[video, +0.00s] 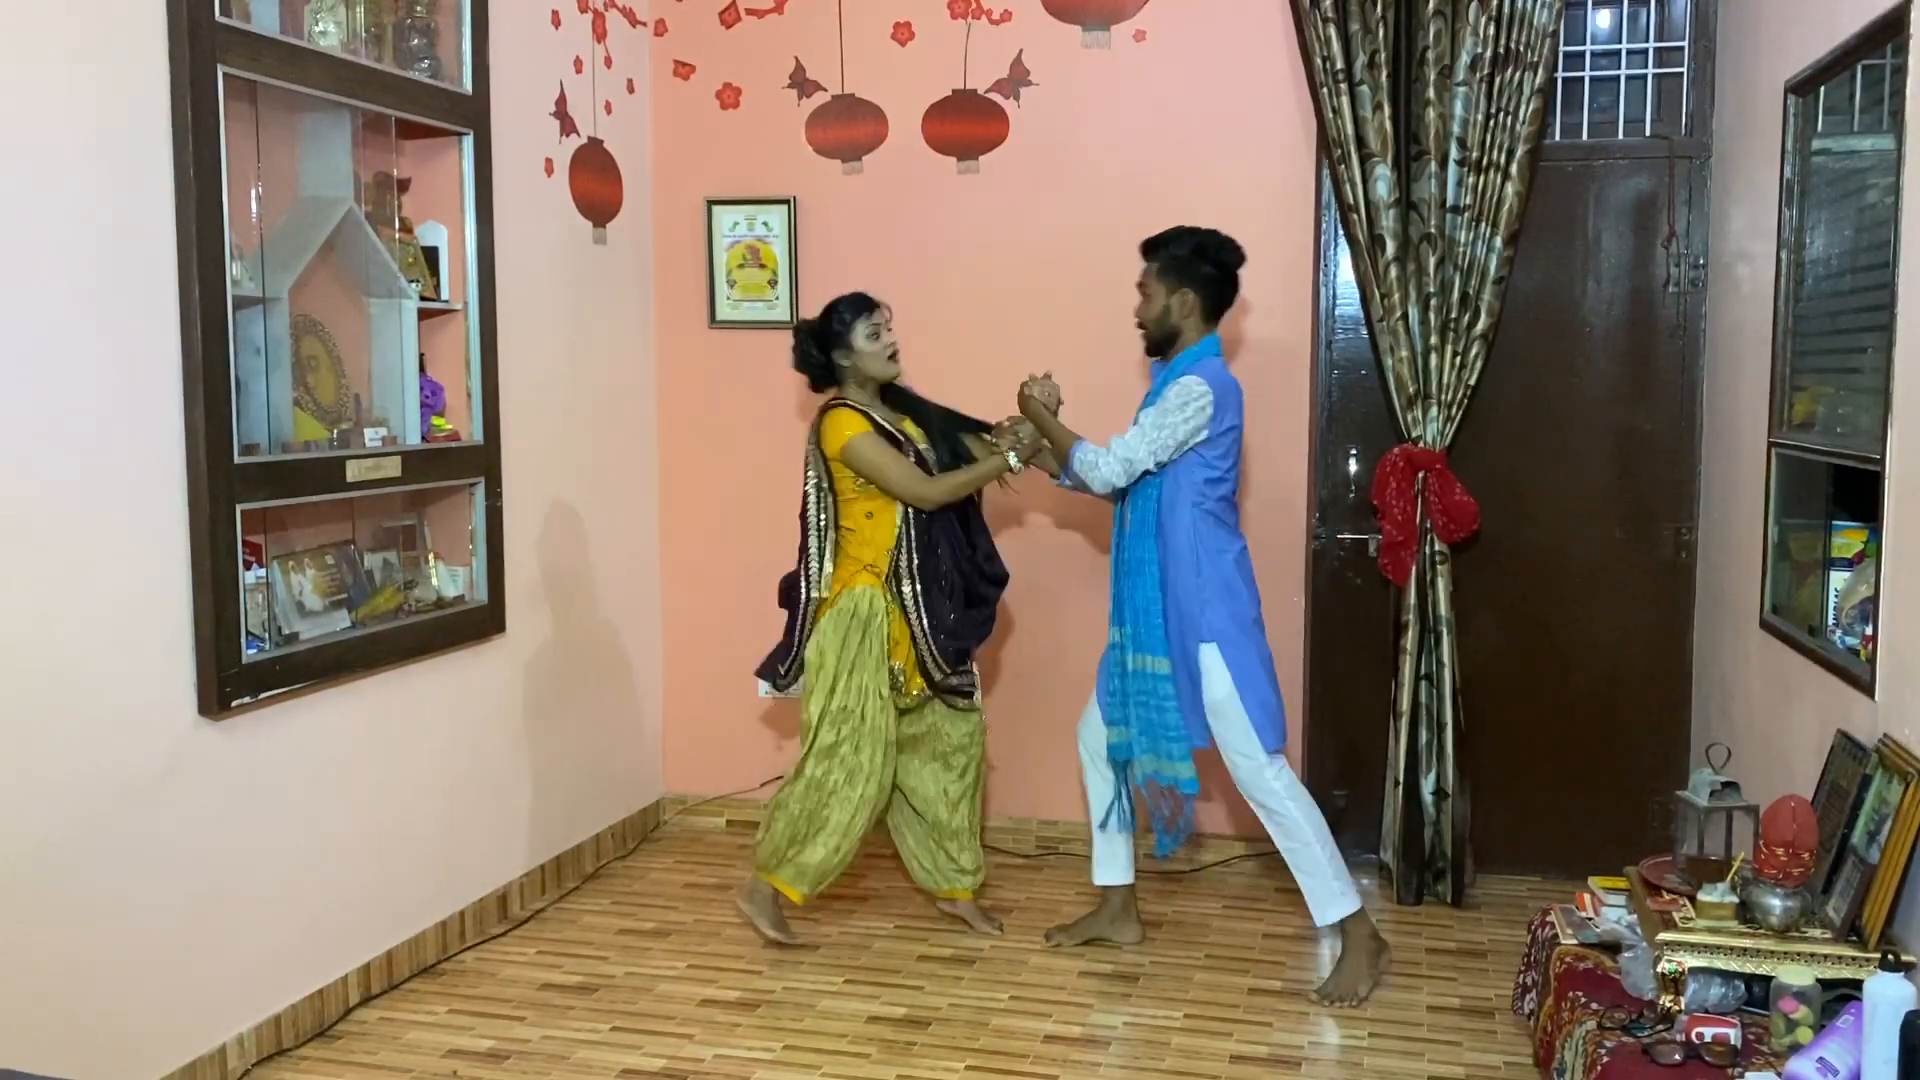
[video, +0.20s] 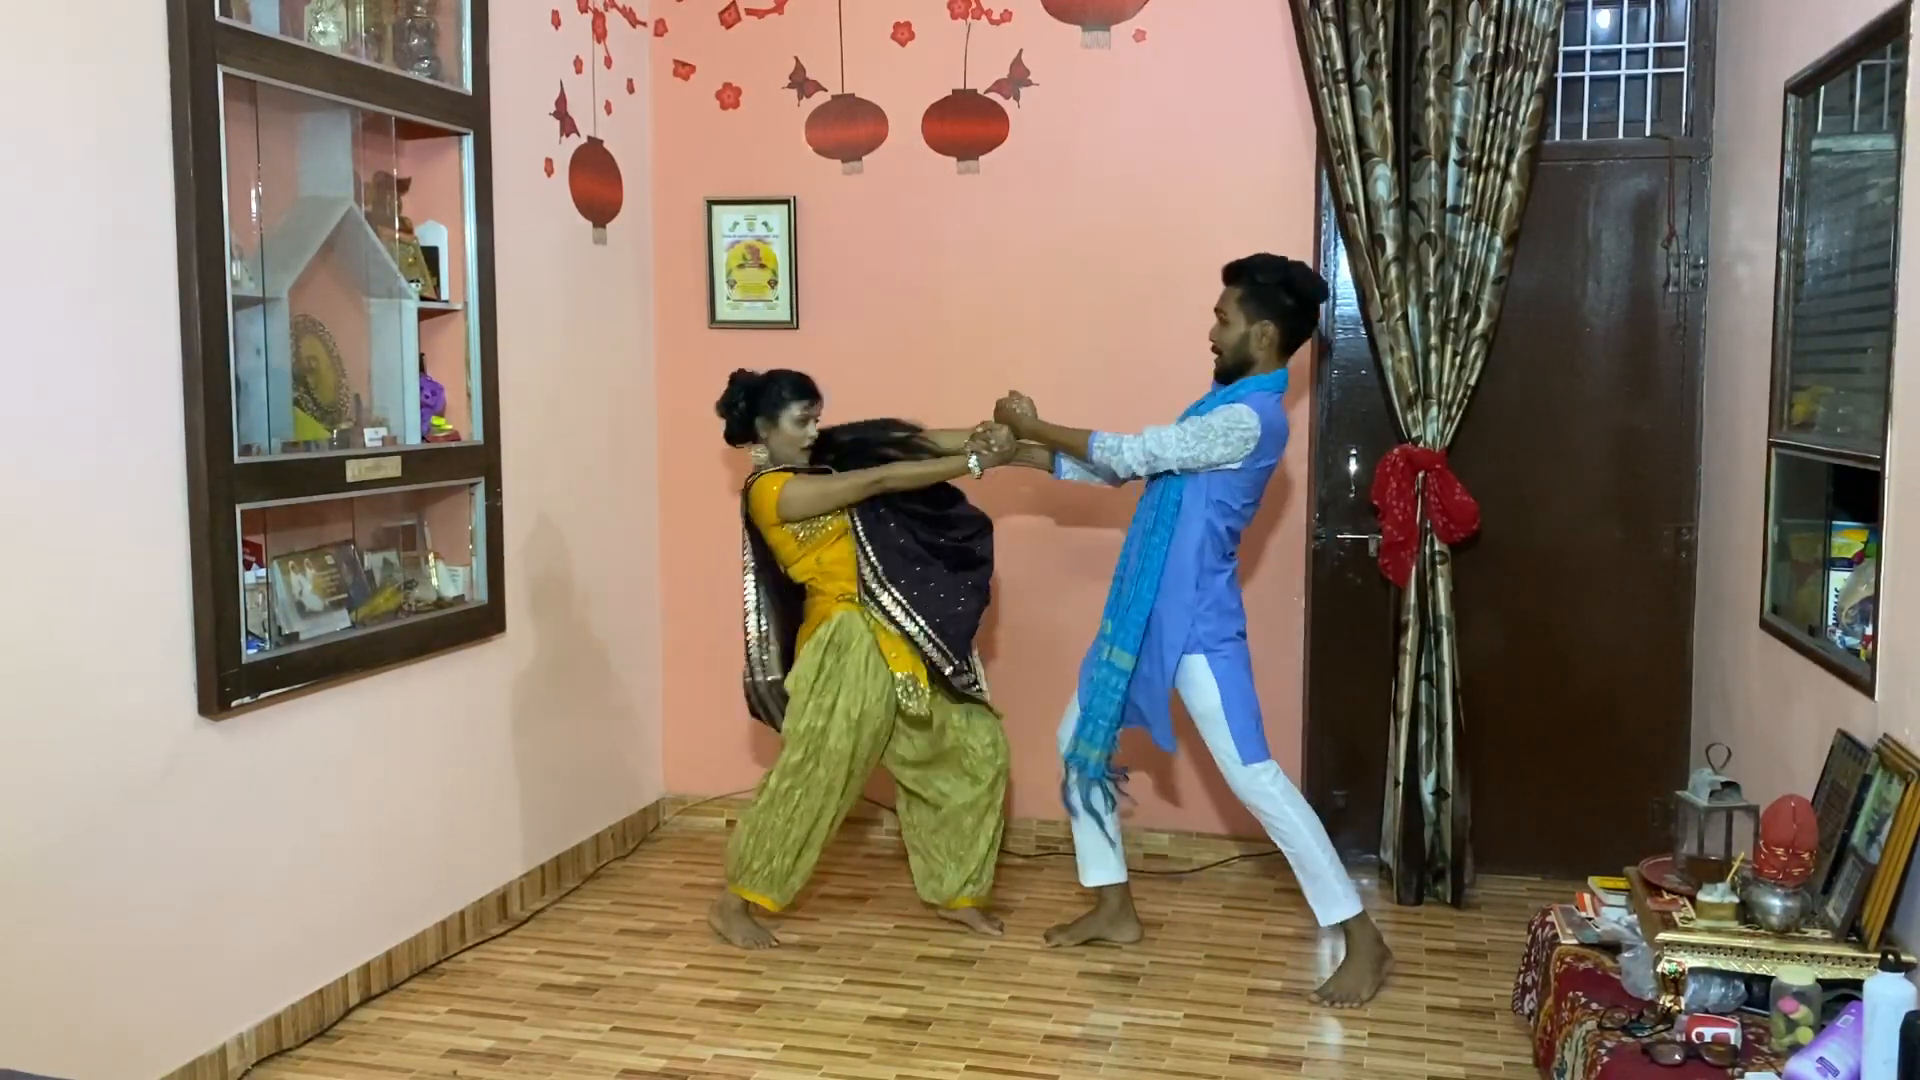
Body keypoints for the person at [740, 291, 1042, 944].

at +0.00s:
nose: (892, 342)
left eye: (889, 331)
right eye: (875, 336)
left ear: (885, 343)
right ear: (841, 356)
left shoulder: (899, 415)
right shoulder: (841, 422)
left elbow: (969, 447)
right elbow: (924, 491)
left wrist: (1029, 428)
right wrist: (1000, 462)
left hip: (915, 606)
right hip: (861, 606)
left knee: (954, 735)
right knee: (853, 751)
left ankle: (952, 882)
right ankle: (769, 884)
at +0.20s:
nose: (815, 430)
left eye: (816, 418)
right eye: (801, 421)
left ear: (817, 419)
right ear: (761, 430)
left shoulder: (828, 462)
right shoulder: (771, 492)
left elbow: (913, 447)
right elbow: (874, 481)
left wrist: (991, 437)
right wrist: (975, 461)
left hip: (906, 636)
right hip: (848, 636)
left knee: (978, 745)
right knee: (820, 764)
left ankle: (956, 892)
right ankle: (739, 899)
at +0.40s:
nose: (815, 375)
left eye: (814, 362)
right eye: (801, 366)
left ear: (812, 367)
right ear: (764, 383)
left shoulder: (832, 422)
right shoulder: (774, 445)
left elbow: (911, 433)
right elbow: (877, 461)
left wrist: (999, 432)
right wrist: (981, 457)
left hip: (888, 607)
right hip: (825, 613)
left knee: (934, 742)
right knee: (801, 754)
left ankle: (957, 887)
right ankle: (740, 891)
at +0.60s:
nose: (883, 361)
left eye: (875, 351)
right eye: (869, 356)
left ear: (853, 381)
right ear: (842, 381)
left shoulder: (890, 442)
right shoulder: (838, 459)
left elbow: (940, 493)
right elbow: (924, 525)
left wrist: (1003, 477)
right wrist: (1015, 521)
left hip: (876, 630)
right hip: (812, 631)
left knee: (916, 757)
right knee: (791, 770)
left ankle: (898, 904)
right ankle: (737, 908)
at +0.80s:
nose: (947, 394)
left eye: (935, 384)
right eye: (943, 386)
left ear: (881, 392)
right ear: (940, 398)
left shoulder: (852, 434)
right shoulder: (944, 469)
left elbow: (788, 469)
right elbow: (1008, 504)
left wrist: (819, 528)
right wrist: (1019, 443)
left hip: (829, 629)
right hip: (896, 633)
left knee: (865, 763)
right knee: (916, 771)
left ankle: (898, 906)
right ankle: (801, 858)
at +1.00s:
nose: (891, 345)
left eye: (904, 341)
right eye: (898, 336)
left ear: (932, 362)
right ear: (946, 365)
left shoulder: (889, 408)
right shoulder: (967, 416)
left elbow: (788, 442)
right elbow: (928, 329)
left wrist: (715, 414)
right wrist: (914, 250)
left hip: (897, 633)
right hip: (967, 627)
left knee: (870, 769)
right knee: (970, 759)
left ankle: (913, 902)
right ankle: (977, 882)